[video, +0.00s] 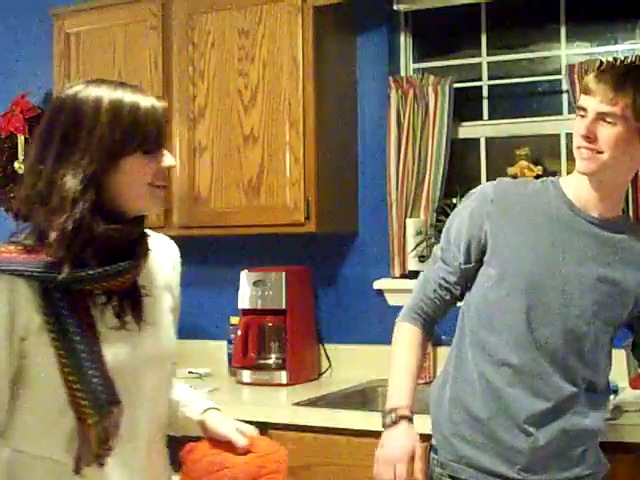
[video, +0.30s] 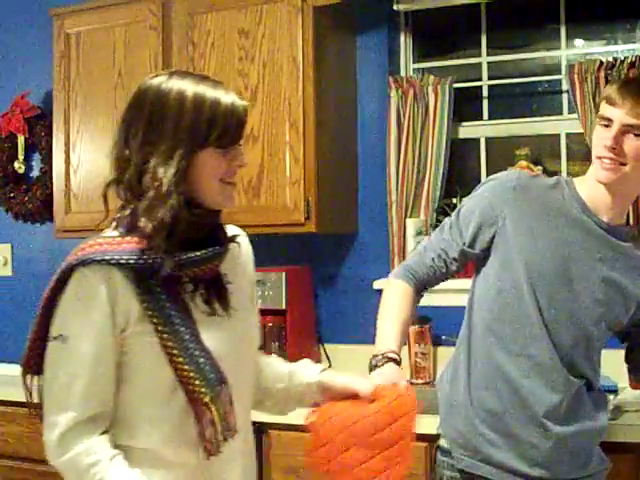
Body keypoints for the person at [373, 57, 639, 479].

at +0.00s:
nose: (585, 130)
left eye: (608, 119)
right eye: (582, 113)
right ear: (572, 116)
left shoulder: (633, 254)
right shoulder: (494, 205)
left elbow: (636, 369)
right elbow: (416, 315)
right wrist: (398, 420)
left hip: (570, 466)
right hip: (463, 460)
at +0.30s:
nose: (612, 142)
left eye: (633, 132)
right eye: (606, 124)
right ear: (592, 127)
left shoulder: (635, 264)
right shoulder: (512, 195)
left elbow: (638, 372)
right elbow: (406, 278)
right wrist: (386, 361)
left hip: (573, 465)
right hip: (472, 458)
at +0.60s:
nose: (622, 139)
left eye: (637, 128)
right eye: (613, 121)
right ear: (590, 125)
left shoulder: (632, 261)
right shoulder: (509, 199)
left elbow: (635, 380)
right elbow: (408, 293)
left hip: (582, 462)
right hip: (490, 456)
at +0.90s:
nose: (630, 149)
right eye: (617, 129)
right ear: (581, 127)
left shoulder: (624, 255)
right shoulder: (511, 200)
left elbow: (635, 375)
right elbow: (446, 331)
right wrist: (564, 283)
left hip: (588, 459)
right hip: (498, 456)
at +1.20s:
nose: (611, 148)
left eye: (629, 135)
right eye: (600, 129)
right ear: (582, 132)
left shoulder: (627, 281)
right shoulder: (516, 201)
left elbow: (625, 426)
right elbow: (412, 311)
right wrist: (540, 320)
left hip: (570, 467)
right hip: (475, 461)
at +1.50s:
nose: (591, 153)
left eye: (614, 143)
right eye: (584, 135)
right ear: (573, 139)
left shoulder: (614, 296)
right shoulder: (490, 203)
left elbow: (615, 428)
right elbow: (367, 255)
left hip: (527, 468)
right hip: (436, 459)